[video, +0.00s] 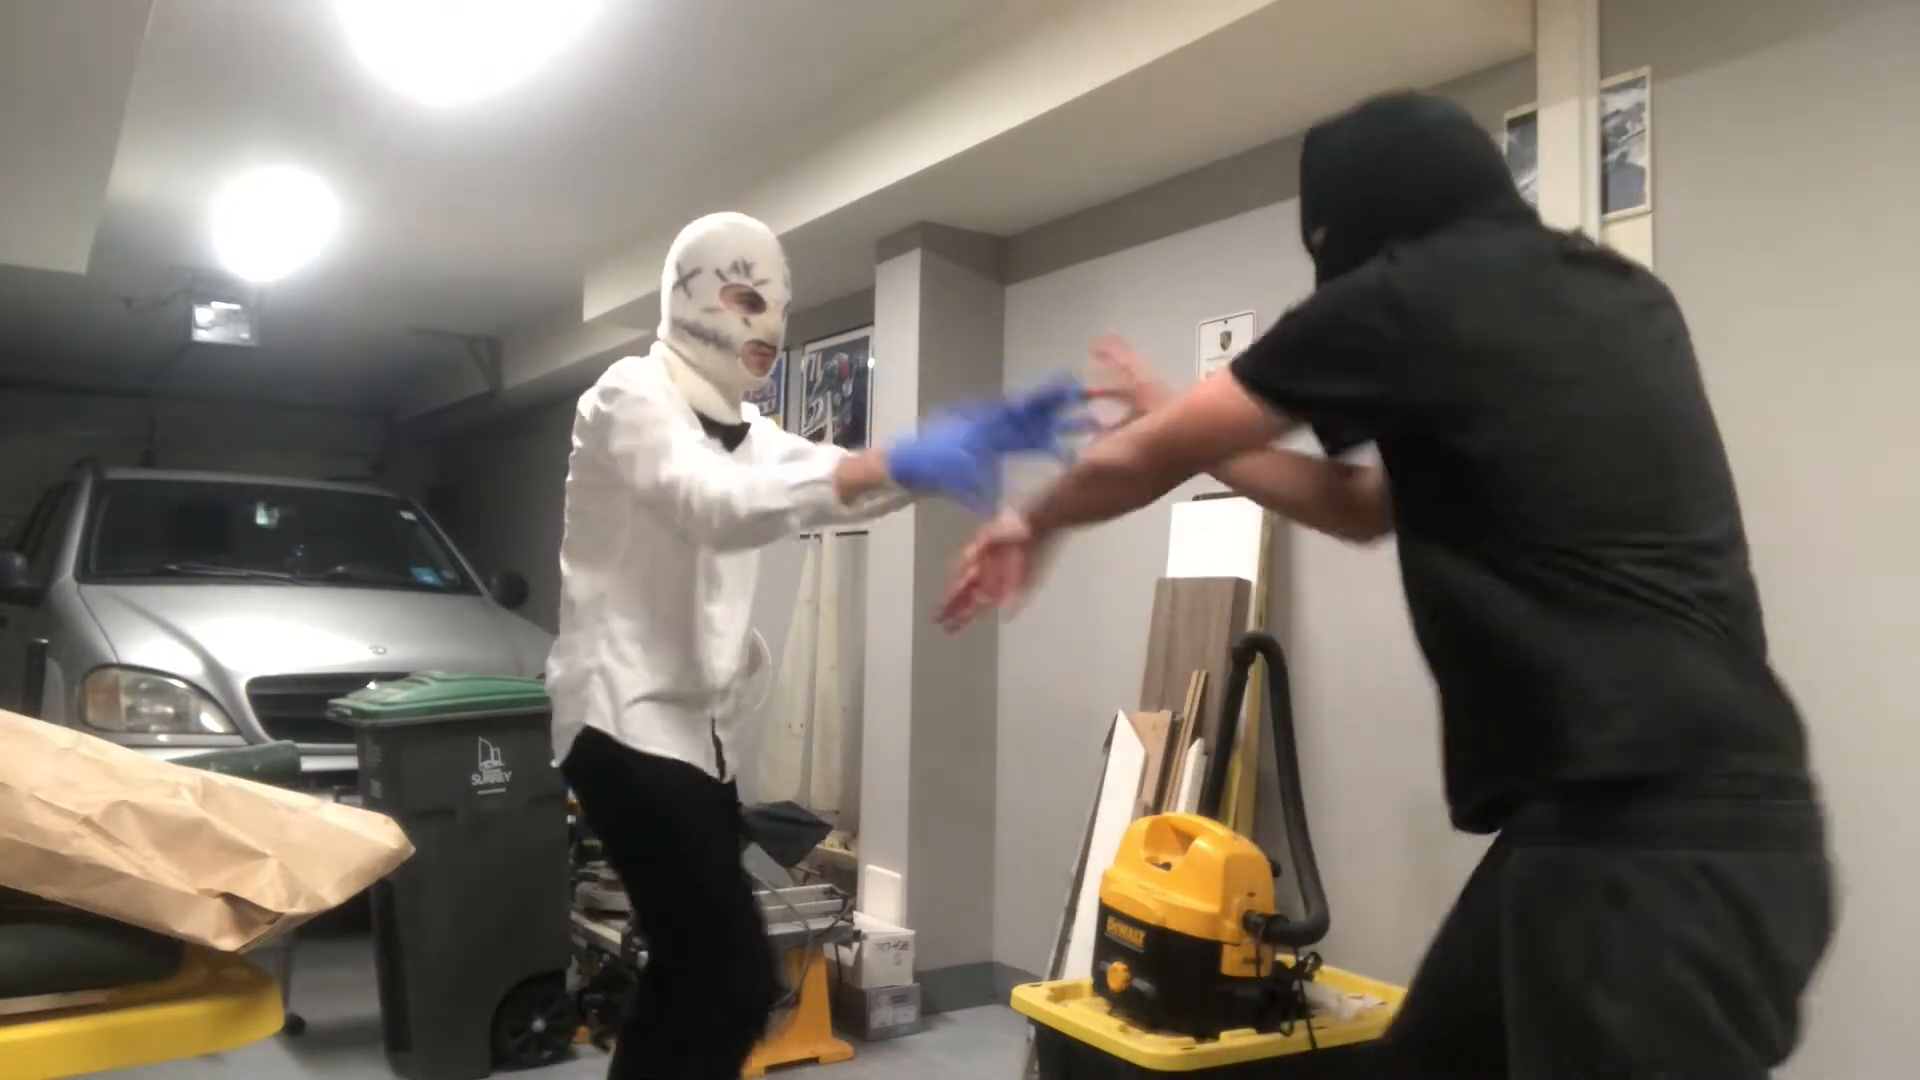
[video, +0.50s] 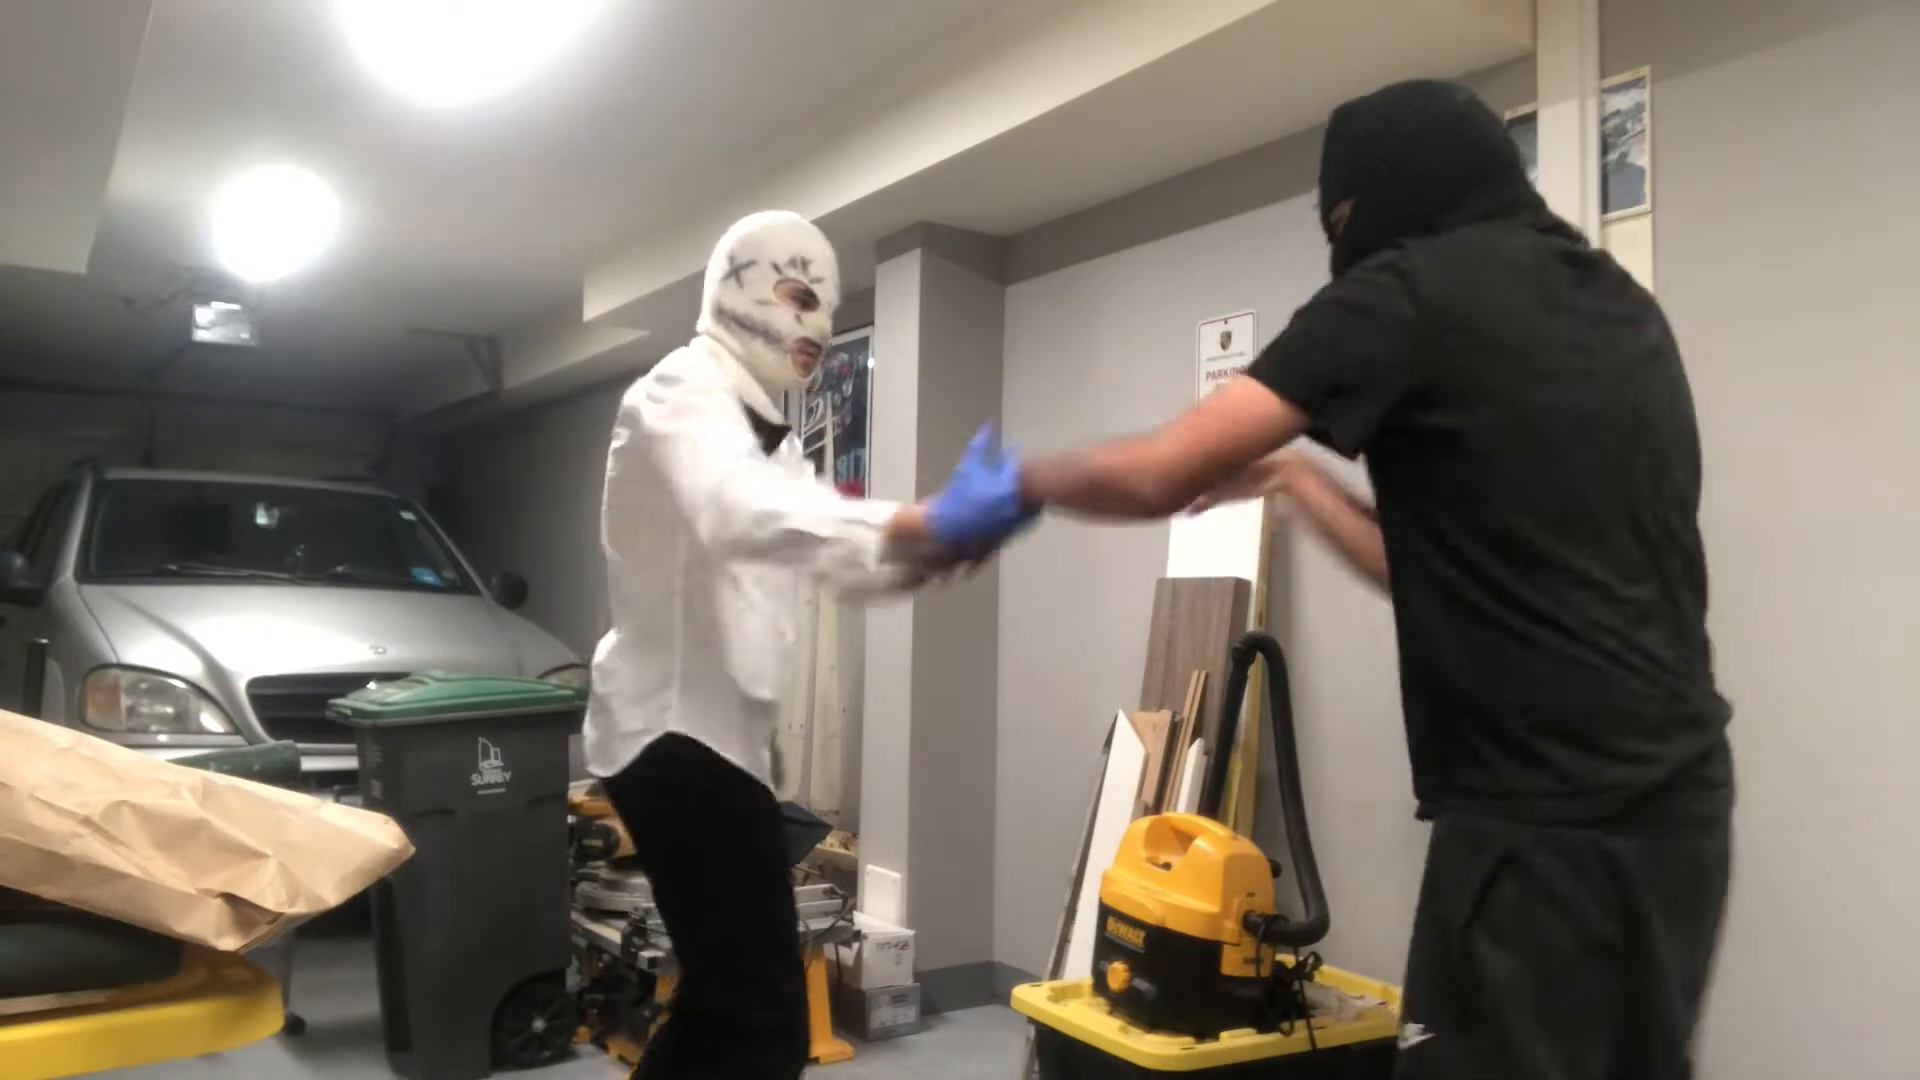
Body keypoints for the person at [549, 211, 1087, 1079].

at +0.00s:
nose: (766, 320)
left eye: (775, 302)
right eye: (743, 298)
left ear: (783, 310)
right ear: (684, 299)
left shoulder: (738, 428)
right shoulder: (630, 397)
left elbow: (834, 490)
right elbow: (714, 505)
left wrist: (976, 444)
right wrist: (882, 465)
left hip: (694, 728)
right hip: (623, 723)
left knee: (704, 971)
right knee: (722, 971)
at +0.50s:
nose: (816, 319)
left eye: (824, 303)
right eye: (796, 294)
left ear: (829, 314)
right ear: (734, 291)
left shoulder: (761, 433)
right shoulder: (682, 391)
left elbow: (833, 565)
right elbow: (731, 514)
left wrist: (937, 549)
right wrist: (899, 524)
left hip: (728, 741)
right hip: (671, 738)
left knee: (731, 1005)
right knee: (757, 1012)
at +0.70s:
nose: (831, 353)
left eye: (838, 332)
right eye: (817, 324)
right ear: (761, 311)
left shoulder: (711, 413)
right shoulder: (713, 403)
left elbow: (724, 623)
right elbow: (738, 516)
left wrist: (846, 625)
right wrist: (937, 470)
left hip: (679, 755)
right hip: (703, 759)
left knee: (703, 1012)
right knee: (863, 1004)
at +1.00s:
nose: (876, 343)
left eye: (884, 326)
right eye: (856, 316)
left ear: (886, 335)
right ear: (800, 317)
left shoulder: (783, 421)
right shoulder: (764, 406)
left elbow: (838, 636)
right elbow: (812, 512)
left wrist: (944, 574)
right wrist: (930, 378)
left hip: (738, 777)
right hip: (802, 772)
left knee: (731, 1029)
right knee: (925, 1043)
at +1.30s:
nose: (843, 333)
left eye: (852, 315)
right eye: (820, 307)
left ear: (863, 330)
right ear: (760, 309)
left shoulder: (799, 446)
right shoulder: (720, 416)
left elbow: (856, 592)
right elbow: (841, 513)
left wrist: (985, 595)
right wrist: (1035, 424)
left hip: (812, 770)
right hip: (772, 769)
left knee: (746, 1033)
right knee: (911, 1047)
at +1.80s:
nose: (820, 345)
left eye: (835, 335)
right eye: (800, 320)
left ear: (843, 357)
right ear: (749, 325)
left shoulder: (770, 455)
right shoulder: (713, 420)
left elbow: (856, 603)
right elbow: (765, 541)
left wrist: (938, 521)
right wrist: (940, 458)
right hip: (758, 766)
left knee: (735, 1031)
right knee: (917, 1045)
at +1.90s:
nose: (798, 349)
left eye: (810, 335)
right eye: (778, 324)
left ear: (815, 352)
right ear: (723, 328)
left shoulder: (775, 469)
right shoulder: (669, 430)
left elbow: (861, 556)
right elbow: (721, 539)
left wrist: (980, 530)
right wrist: (890, 500)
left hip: (784, 763)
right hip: (726, 764)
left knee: (751, 1025)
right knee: (898, 1015)